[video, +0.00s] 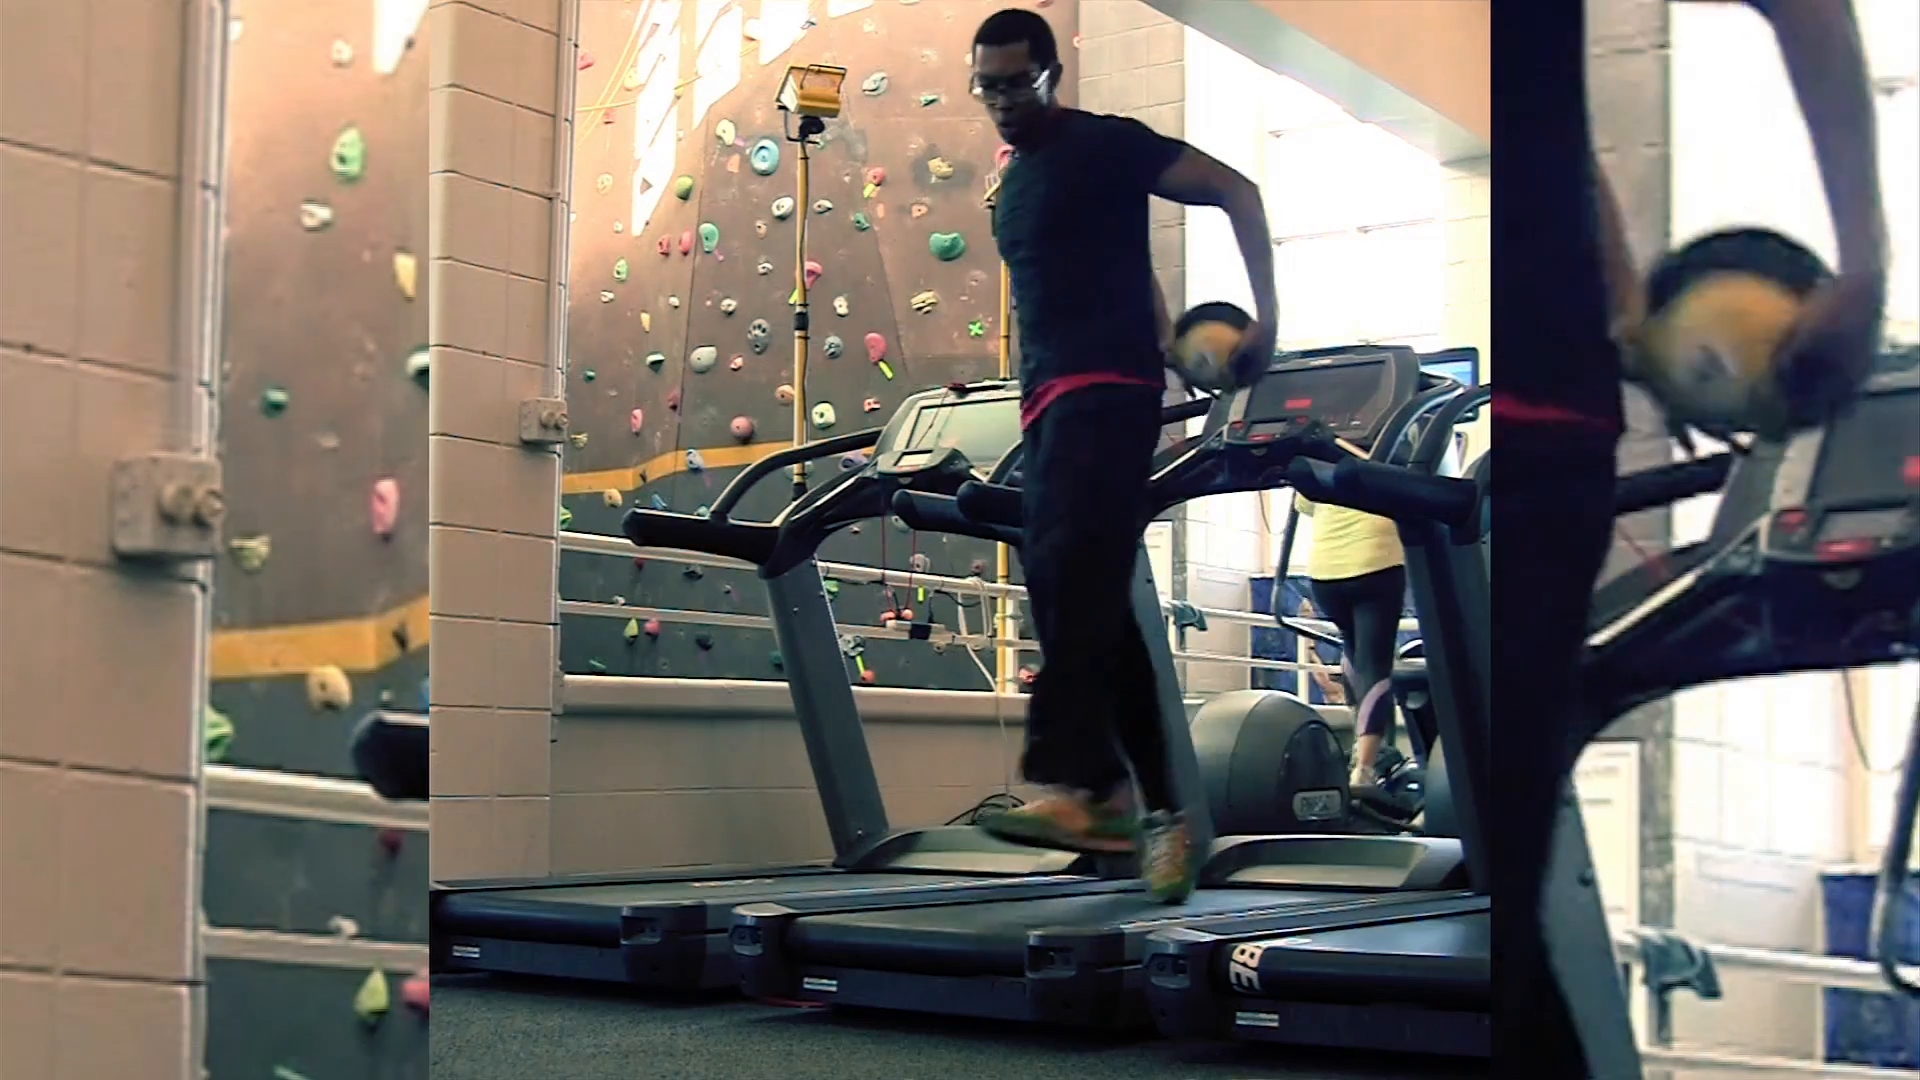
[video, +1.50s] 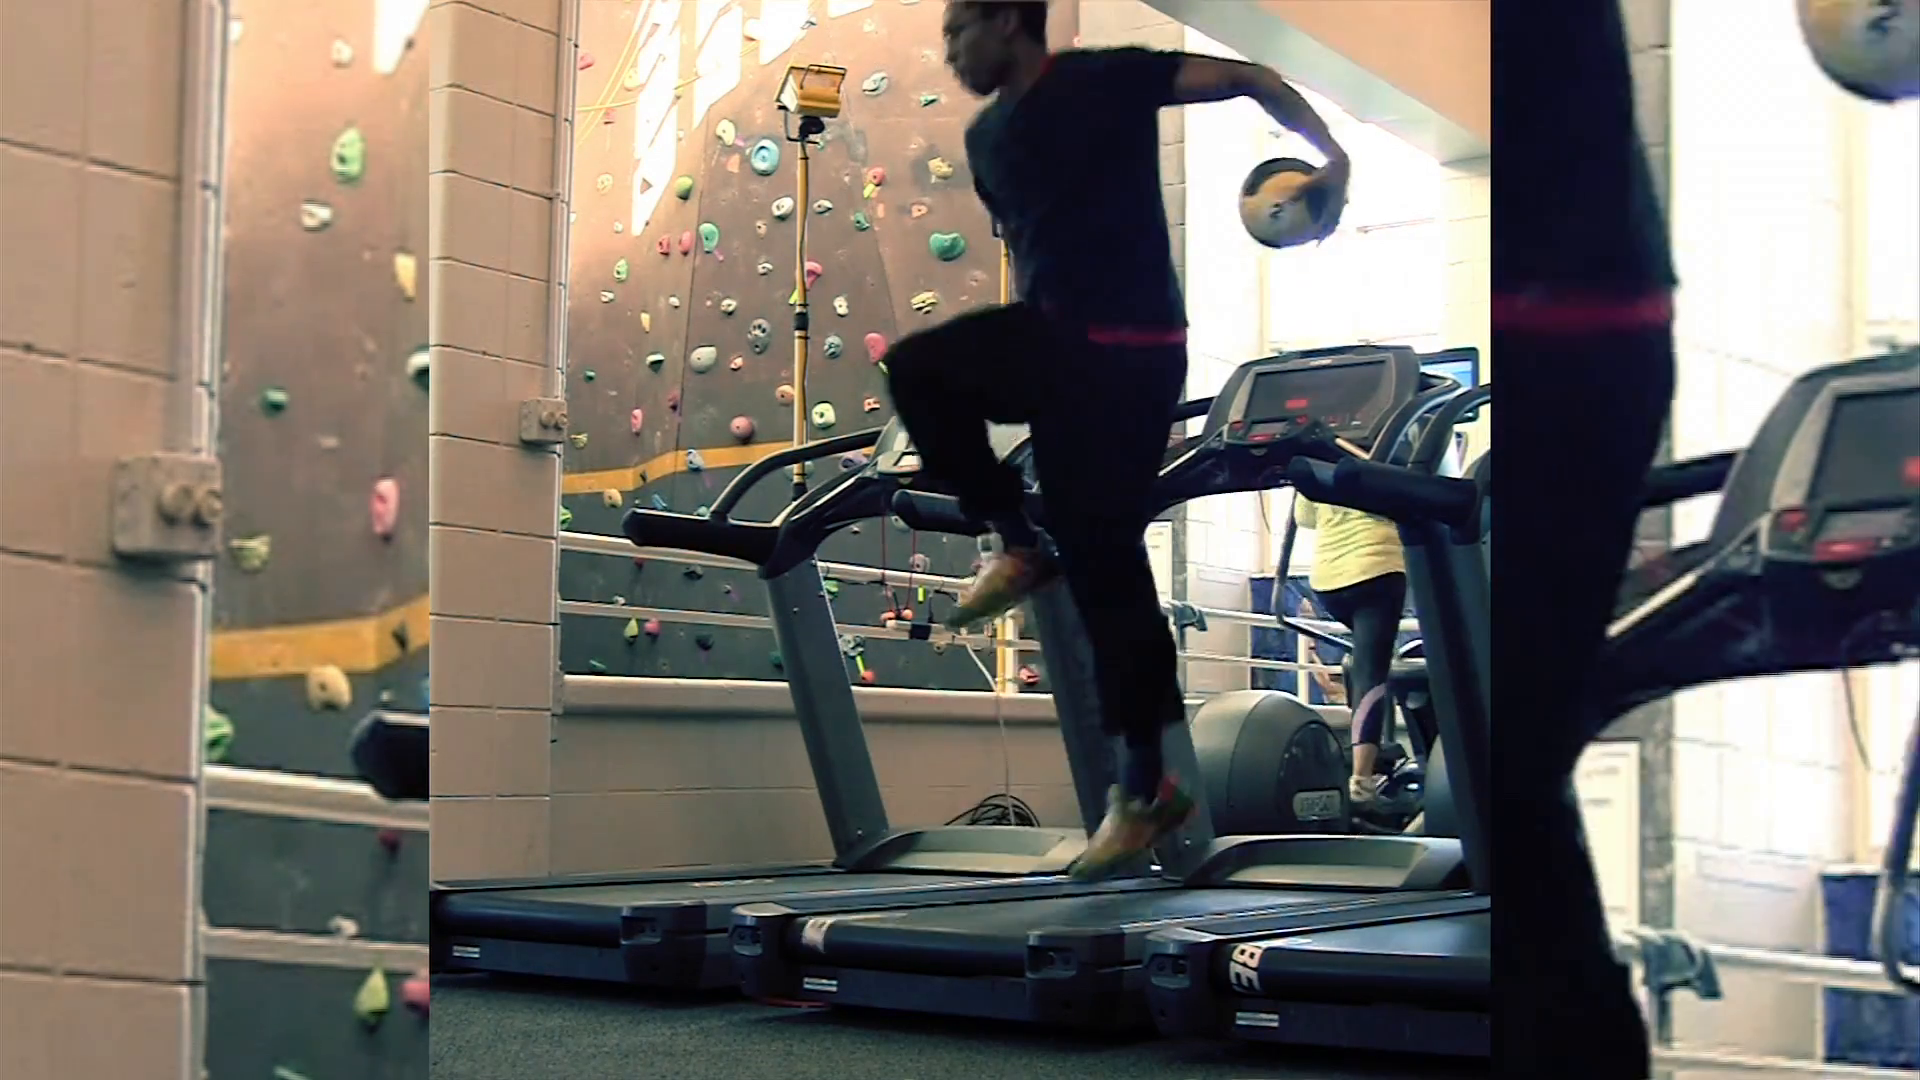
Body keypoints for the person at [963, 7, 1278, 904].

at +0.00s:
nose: (1005, 101)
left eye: (1019, 83)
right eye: (990, 88)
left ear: (1053, 73)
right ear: (976, 89)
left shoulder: (1102, 141)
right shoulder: (1012, 178)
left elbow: (1236, 192)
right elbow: (1113, 264)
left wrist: (1264, 316)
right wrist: (1168, 347)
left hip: (1107, 389)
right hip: (1051, 401)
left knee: (1070, 577)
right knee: (1089, 602)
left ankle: (1080, 792)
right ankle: (1171, 812)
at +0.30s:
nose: (1144, 114)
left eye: (1152, 100)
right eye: (1132, 94)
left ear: (1144, 101)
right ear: (1076, 84)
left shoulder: (1158, 198)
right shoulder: (991, 182)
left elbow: (1155, 327)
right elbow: (906, 260)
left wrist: (1157, 425)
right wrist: (851, 342)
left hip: (1138, 457)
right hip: (1031, 459)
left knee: (1194, 632)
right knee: (1023, 651)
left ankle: (1259, 812)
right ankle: (1047, 845)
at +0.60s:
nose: (1166, 180)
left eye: (1169, 169)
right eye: (1163, 164)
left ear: (1100, 143)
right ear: (1130, 142)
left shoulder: (1034, 221)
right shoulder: (1102, 181)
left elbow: (1050, 385)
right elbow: (1172, 259)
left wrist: (1131, 474)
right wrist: (1260, 286)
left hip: (1036, 453)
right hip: (1067, 449)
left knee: (1135, 653)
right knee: (1068, 638)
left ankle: (1068, 858)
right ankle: (909, 820)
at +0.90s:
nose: (1223, 180)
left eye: (1228, 167)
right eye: (1213, 161)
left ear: (1172, 158)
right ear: (1161, 148)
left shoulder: (1088, 219)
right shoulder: (1134, 199)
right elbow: (1092, 244)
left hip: (1027, 465)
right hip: (1095, 463)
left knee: (1032, 653)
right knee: (1204, 644)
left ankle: (939, 834)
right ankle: (1186, 850)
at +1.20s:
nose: (1161, 70)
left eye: (1177, 56)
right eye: (1148, 52)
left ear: (1196, 63)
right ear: (1122, 52)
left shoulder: (1183, 167)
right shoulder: (1064, 131)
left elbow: (1144, 278)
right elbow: (961, 211)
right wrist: (955, 346)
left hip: (1161, 398)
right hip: (1076, 401)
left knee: (1251, 536)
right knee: (1092, 613)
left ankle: (1096, 581)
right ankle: (1078, 847)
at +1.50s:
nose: (946, 50)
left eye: (958, 30)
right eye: (943, 35)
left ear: (1014, 21)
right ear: (991, 35)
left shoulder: (1100, 74)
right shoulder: (985, 137)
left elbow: (1254, 79)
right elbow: (1017, 246)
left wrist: (1334, 154)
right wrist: (1012, 343)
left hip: (1127, 346)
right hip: (1050, 342)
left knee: (1101, 548)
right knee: (917, 370)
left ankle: (1147, 789)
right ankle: (1018, 547)